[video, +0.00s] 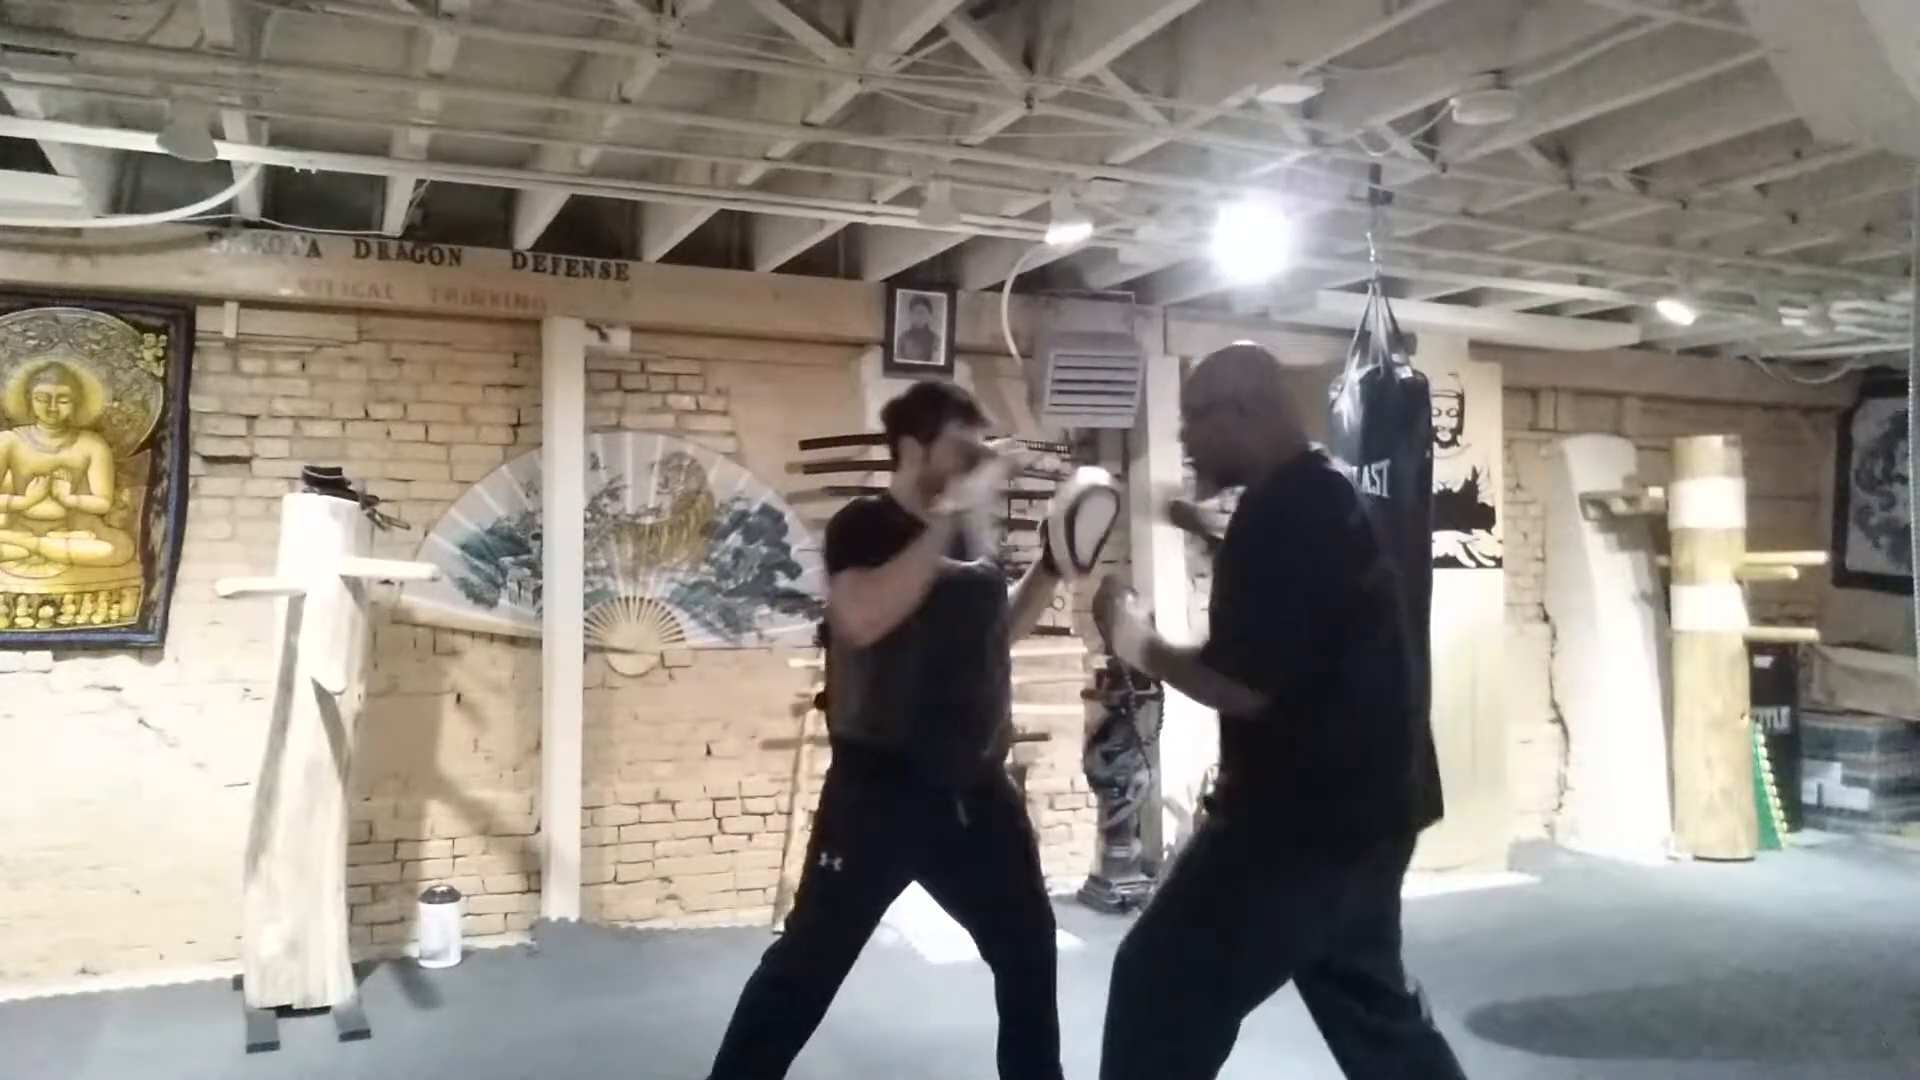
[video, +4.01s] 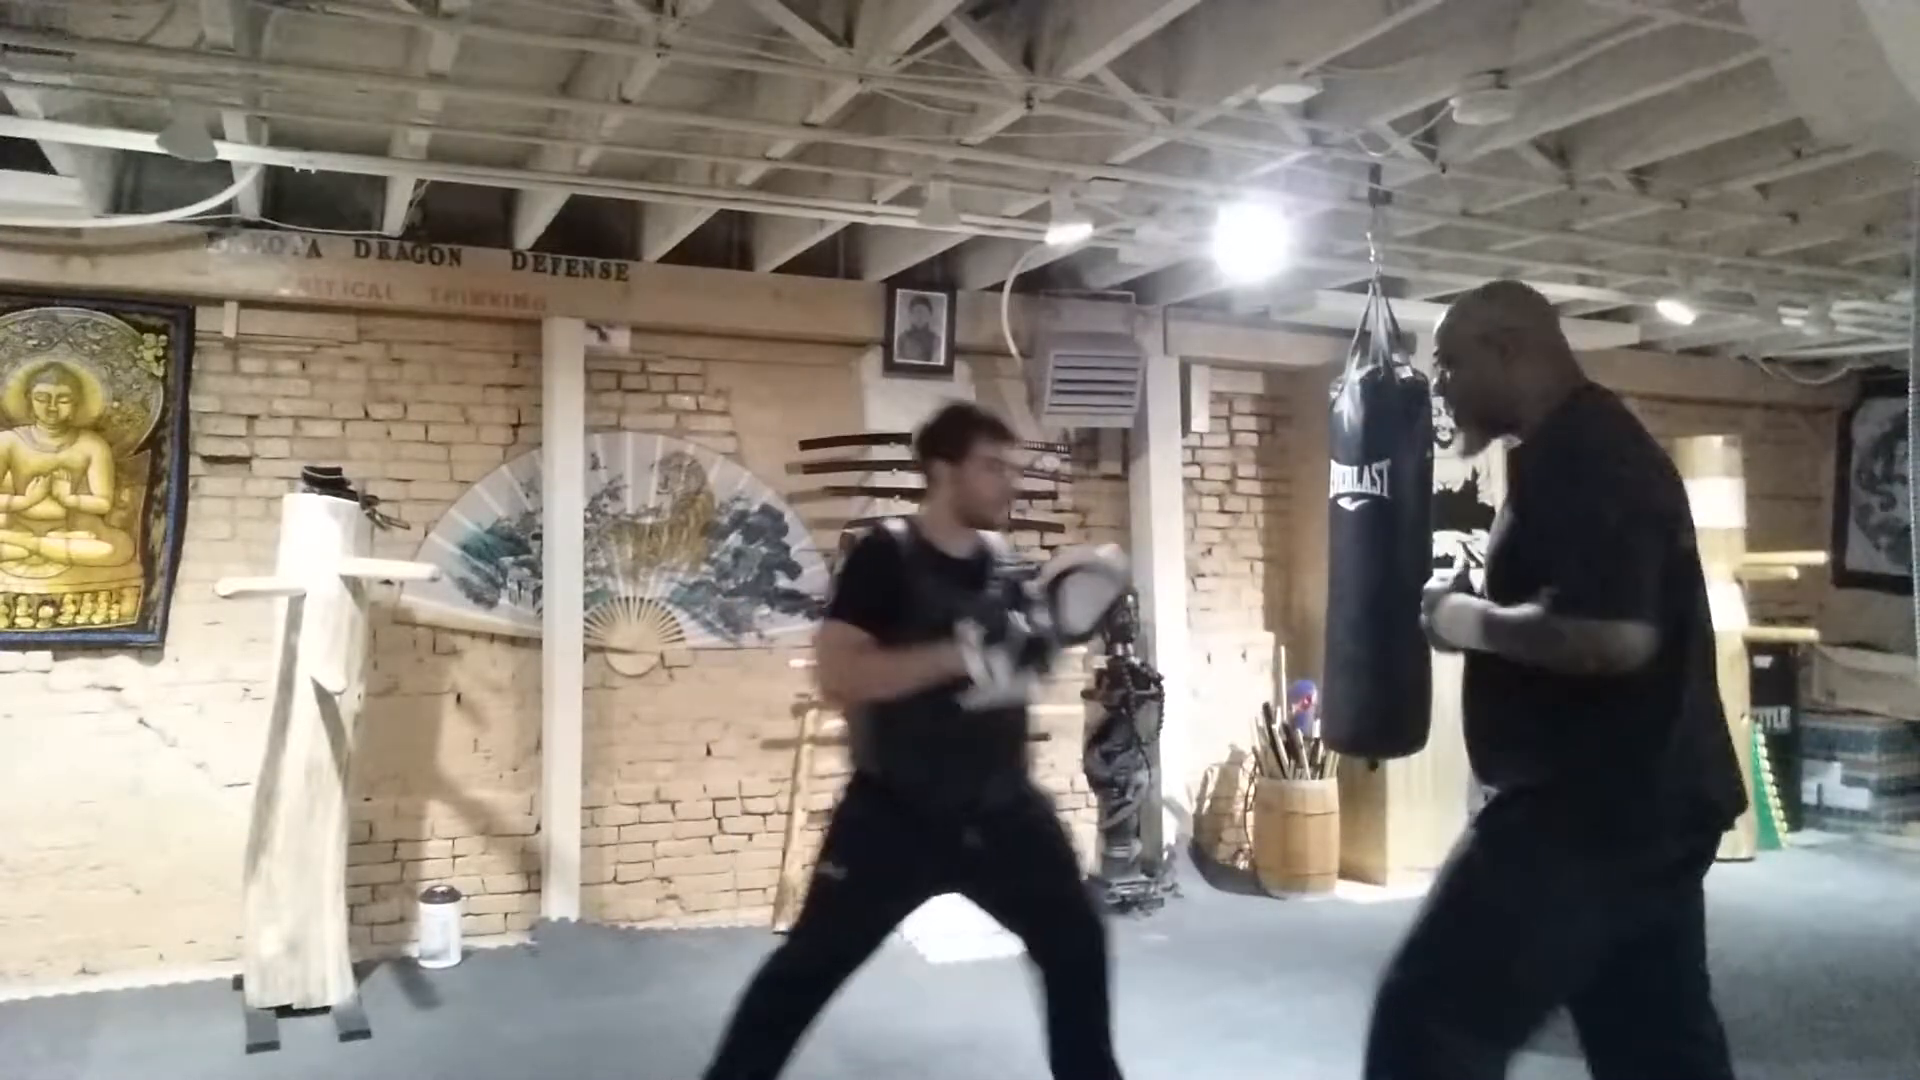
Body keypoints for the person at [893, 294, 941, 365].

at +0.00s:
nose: (918, 317)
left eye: (921, 313)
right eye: (915, 313)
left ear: (930, 316)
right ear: (910, 315)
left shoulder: (935, 340)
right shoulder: (902, 339)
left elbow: (935, 363)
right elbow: (898, 360)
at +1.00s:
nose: (918, 317)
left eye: (921, 313)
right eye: (915, 312)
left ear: (929, 315)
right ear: (910, 314)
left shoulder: (936, 340)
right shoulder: (901, 339)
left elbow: (935, 364)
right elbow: (897, 360)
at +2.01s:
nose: (920, 317)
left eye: (924, 313)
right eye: (916, 313)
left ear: (930, 316)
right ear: (909, 314)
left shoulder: (936, 340)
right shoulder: (901, 340)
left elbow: (935, 364)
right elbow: (897, 361)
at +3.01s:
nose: (919, 316)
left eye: (923, 312)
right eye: (915, 312)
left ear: (930, 315)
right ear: (909, 314)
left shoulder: (935, 339)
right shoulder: (902, 338)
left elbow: (935, 362)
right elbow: (898, 360)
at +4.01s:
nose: (920, 316)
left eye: (923, 312)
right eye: (917, 312)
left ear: (930, 315)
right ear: (910, 314)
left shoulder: (935, 340)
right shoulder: (902, 339)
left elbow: (935, 363)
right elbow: (898, 360)